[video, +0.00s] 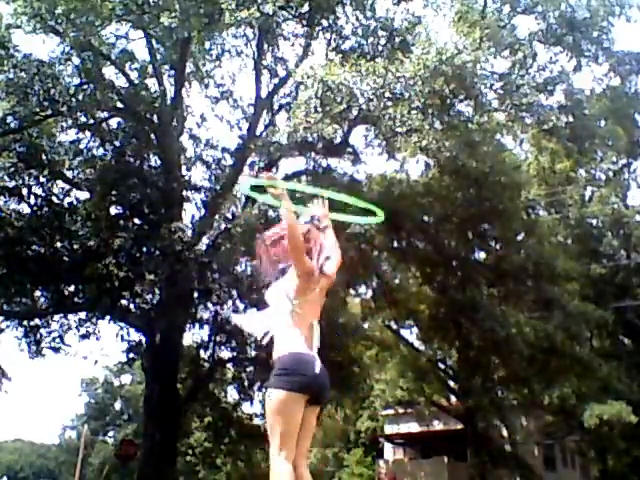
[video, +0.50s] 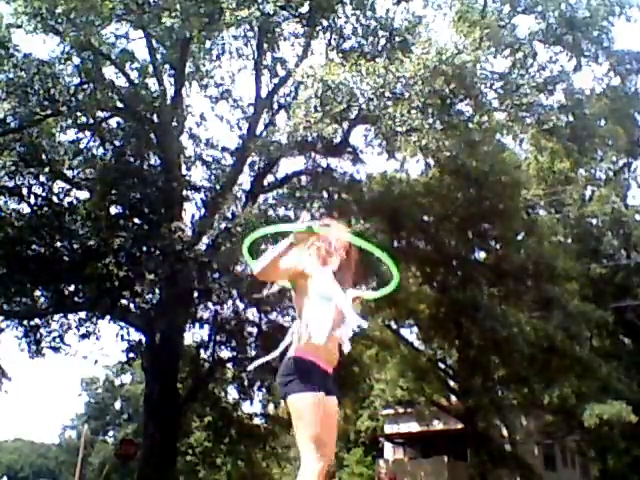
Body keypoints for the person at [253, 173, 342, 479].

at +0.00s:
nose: (291, 243)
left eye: (295, 237)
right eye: (292, 237)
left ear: (304, 242)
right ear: (319, 244)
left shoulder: (303, 273)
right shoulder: (323, 278)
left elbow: (293, 232)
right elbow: (334, 252)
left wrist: (283, 196)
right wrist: (326, 221)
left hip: (291, 365)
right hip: (316, 368)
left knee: (281, 457)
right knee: (300, 461)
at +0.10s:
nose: (288, 247)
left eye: (293, 241)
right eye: (288, 242)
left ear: (307, 245)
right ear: (292, 249)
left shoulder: (316, 273)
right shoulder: (286, 285)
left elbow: (346, 258)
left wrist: (340, 209)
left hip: (309, 368)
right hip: (289, 375)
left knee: (286, 455)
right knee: (298, 461)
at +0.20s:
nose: (310, 252)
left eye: (318, 247)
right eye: (305, 245)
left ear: (326, 250)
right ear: (294, 246)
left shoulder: (331, 276)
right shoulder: (277, 278)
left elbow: (376, 277)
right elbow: (263, 267)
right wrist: (262, 232)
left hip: (319, 373)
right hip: (283, 377)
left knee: (301, 461)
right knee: (272, 463)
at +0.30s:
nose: (326, 254)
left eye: (332, 251)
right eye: (322, 247)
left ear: (337, 258)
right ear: (304, 246)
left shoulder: (338, 288)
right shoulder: (280, 279)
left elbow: (375, 306)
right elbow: (236, 276)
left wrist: (388, 268)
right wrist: (244, 239)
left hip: (326, 379)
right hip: (286, 376)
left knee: (309, 461)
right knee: (288, 454)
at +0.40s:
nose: (338, 252)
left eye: (341, 246)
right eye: (333, 243)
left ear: (343, 252)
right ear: (317, 244)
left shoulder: (339, 290)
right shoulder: (291, 271)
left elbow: (351, 318)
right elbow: (239, 273)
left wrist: (373, 285)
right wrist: (257, 237)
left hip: (329, 376)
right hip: (293, 370)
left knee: (315, 458)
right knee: (308, 454)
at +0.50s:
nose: (342, 253)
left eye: (345, 248)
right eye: (338, 245)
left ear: (345, 252)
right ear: (323, 243)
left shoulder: (333, 282)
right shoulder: (304, 268)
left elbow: (330, 320)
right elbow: (261, 272)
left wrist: (350, 299)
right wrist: (293, 240)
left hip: (326, 376)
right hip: (303, 369)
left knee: (325, 463)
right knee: (314, 461)